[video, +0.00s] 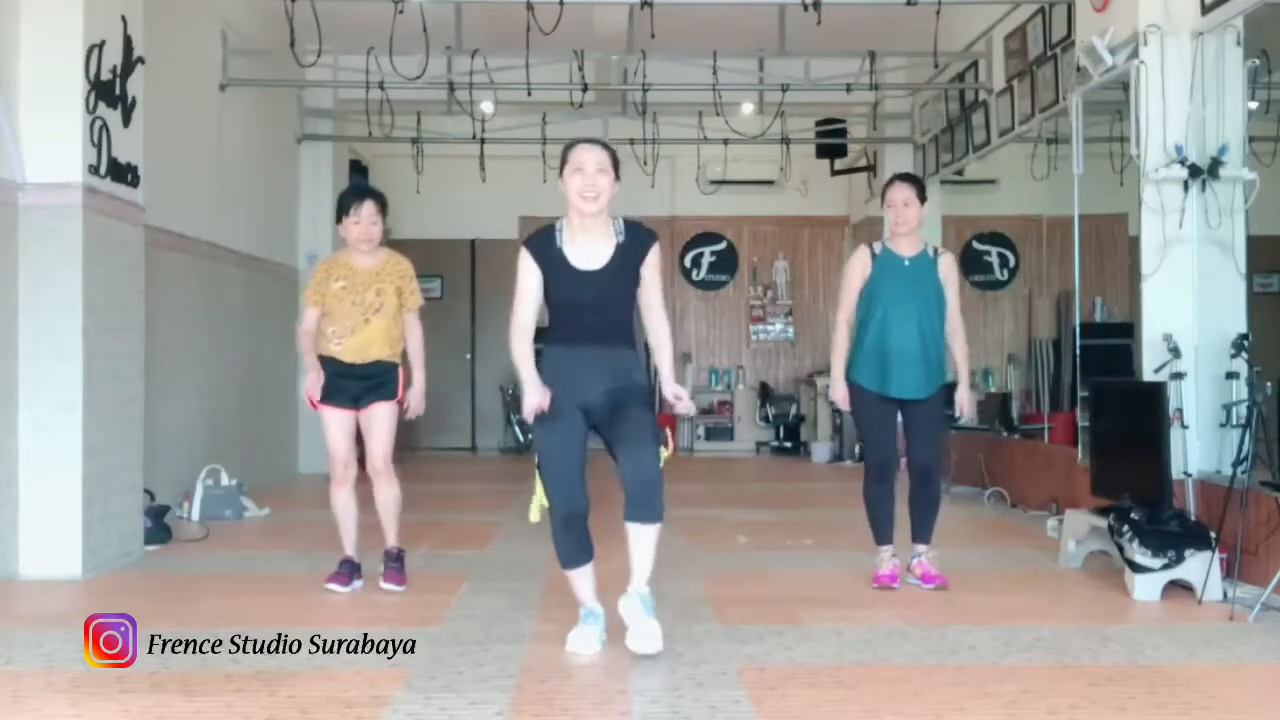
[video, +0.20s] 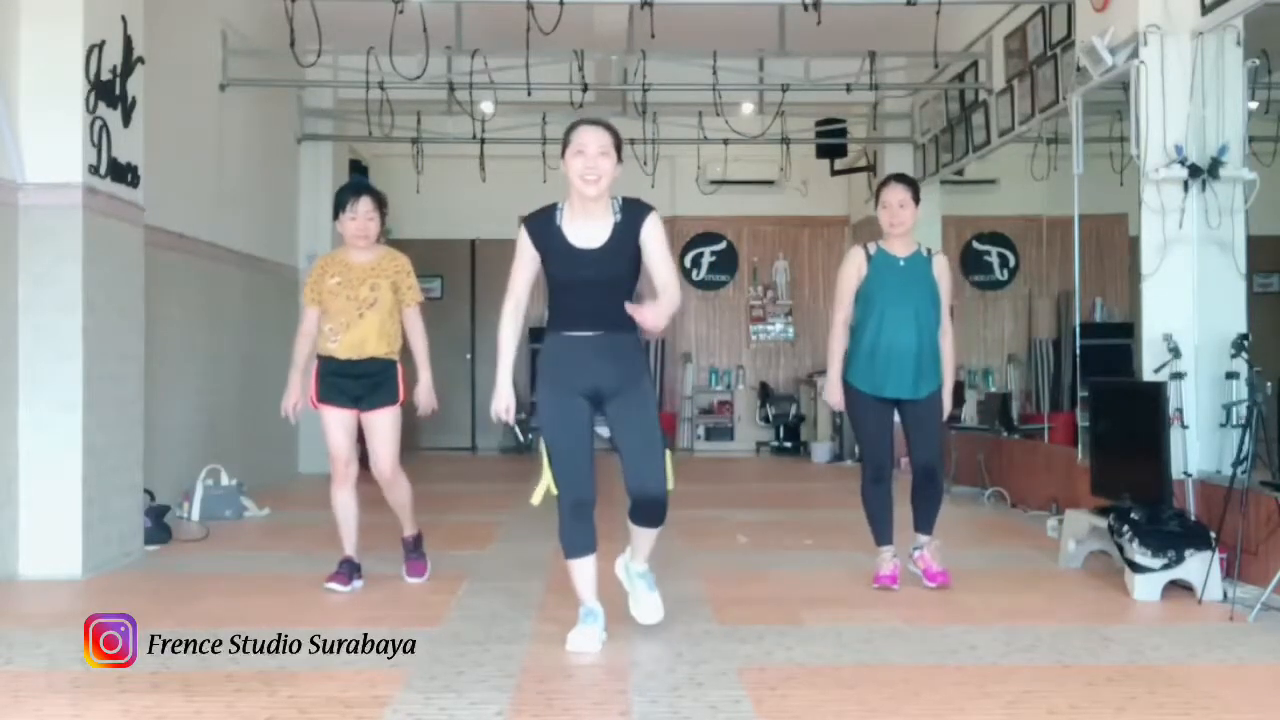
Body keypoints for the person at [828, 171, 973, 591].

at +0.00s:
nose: (897, 212)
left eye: (906, 205)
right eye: (891, 205)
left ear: (923, 209)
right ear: (883, 210)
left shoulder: (943, 262)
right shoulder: (864, 258)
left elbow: (954, 325)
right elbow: (844, 320)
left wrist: (964, 381)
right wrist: (837, 376)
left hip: (927, 384)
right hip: (870, 383)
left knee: (926, 468)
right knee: (880, 465)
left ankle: (921, 554)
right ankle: (885, 555)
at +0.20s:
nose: (894, 213)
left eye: (902, 205)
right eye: (886, 206)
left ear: (917, 210)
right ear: (876, 211)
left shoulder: (936, 263)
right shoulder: (859, 258)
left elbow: (945, 327)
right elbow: (840, 321)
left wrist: (947, 386)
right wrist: (833, 379)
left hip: (923, 383)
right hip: (867, 383)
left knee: (929, 465)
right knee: (877, 467)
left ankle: (923, 548)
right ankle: (885, 555)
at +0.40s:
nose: (890, 213)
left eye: (899, 205)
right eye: (883, 205)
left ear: (913, 210)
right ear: (873, 210)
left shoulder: (933, 261)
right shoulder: (856, 256)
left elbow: (946, 321)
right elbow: (837, 317)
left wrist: (955, 380)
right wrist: (842, 371)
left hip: (924, 380)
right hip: (869, 381)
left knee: (925, 466)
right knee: (879, 466)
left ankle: (917, 539)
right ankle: (887, 553)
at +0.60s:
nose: (890, 208)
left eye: (899, 200)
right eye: (882, 201)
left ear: (913, 206)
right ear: (873, 208)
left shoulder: (935, 257)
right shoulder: (857, 254)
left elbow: (950, 320)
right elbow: (834, 309)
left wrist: (958, 378)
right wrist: (856, 328)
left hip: (920, 379)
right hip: (867, 379)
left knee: (915, 465)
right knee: (878, 464)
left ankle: (907, 543)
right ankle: (886, 552)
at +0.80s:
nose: (890, 207)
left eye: (898, 200)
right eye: (882, 200)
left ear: (912, 207)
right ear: (872, 208)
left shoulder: (932, 258)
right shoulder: (855, 255)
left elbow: (948, 321)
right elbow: (833, 310)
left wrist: (955, 375)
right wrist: (859, 323)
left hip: (919, 379)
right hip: (865, 380)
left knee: (915, 466)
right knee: (876, 464)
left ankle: (906, 544)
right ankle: (884, 554)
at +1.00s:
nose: (889, 217)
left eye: (898, 209)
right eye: (881, 210)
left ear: (911, 217)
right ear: (871, 219)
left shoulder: (932, 267)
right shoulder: (855, 267)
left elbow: (948, 325)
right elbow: (836, 328)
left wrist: (949, 345)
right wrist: (838, 384)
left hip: (916, 389)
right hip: (864, 389)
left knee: (926, 471)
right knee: (872, 471)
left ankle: (911, 537)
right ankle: (884, 554)